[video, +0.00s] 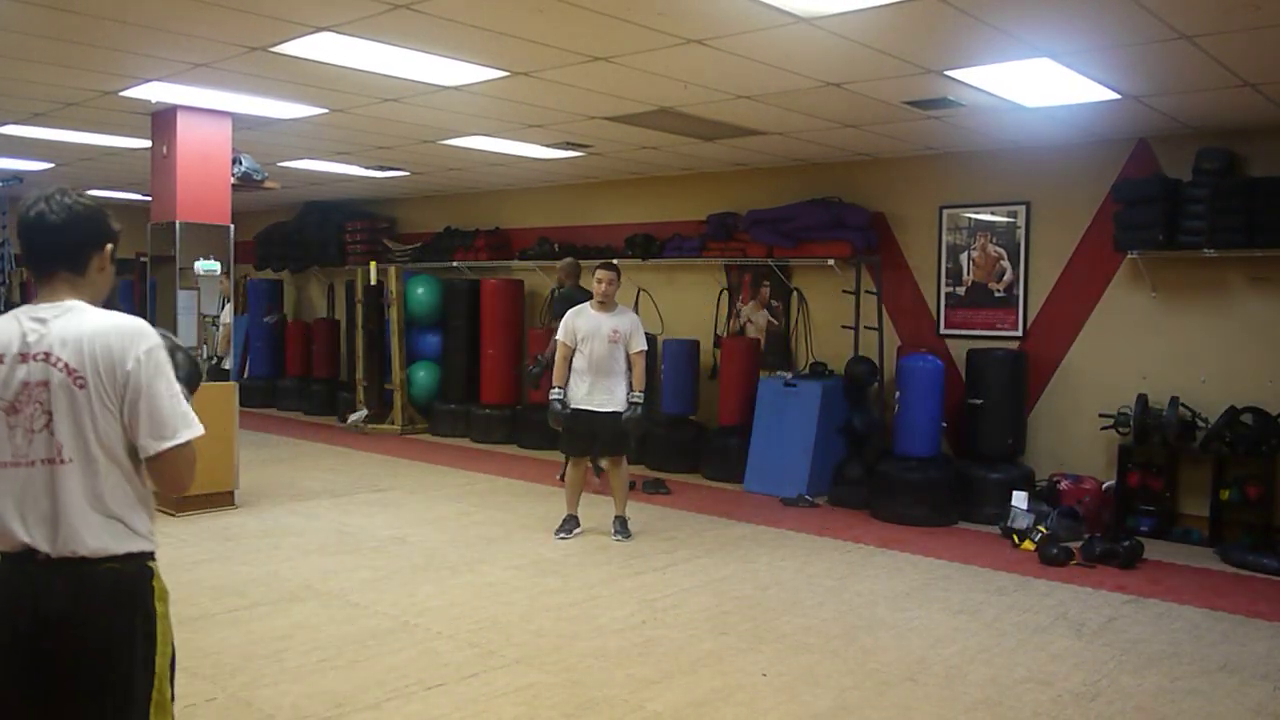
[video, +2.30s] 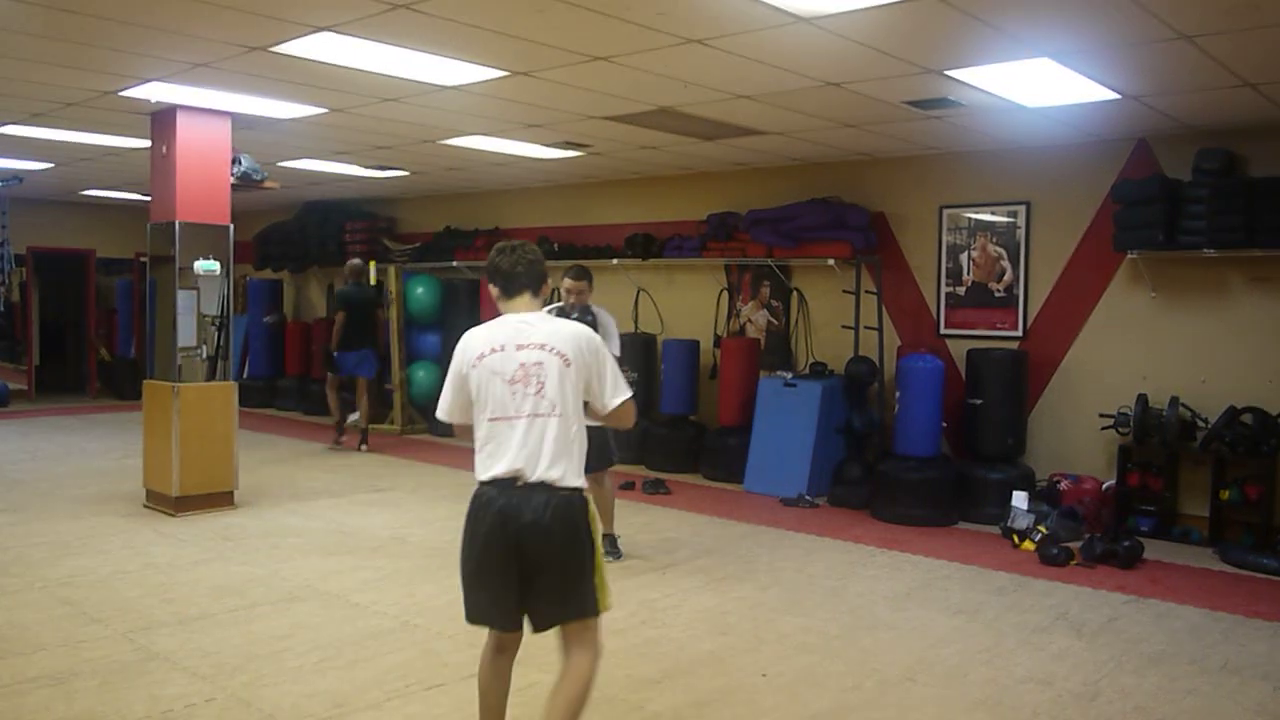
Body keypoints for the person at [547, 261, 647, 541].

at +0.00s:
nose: (604, 287)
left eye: (610, 283)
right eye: (599, 281)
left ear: (618, 286)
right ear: (592, 283)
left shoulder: (629, 319)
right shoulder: (573, 316)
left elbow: (638, 361)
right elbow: (561, 357)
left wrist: (637, 400)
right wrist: (557, 394)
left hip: (615, 406)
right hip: (578, 405)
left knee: (617, 462)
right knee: (576, 461)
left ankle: (620, 518)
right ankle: (571, 516)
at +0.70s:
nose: (586, 288)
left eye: (593, 284)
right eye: (582, 283)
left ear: (602, 287)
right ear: (576, 285)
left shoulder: (616, 318)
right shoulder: (561, 318)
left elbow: (628, 358)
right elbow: (549, 356)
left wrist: (619, 382)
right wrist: (551, 384)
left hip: (606, 405)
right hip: (570, 404)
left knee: (611, 460)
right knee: (569, 461)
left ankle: (620, 517)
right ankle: (570, 517)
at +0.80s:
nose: (582, 291)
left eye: (588, 286)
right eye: (578, 285)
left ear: (598, 288)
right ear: (572, 286)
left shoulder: (612, 317)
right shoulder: (558, 317)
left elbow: (623, 360)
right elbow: (546, 357)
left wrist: (607, 362)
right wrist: (557, 361)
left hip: (604, 404)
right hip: (567, 404)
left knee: (611, 460)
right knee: (569, 461)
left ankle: (620, 517)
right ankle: (571, 517)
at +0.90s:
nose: (579, 294)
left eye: (585, 288)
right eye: (574, 288)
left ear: (595, 288)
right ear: (568, 287)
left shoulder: (608, 316)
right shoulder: (555, 316)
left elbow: (611, 358)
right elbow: (547, 357)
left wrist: (597, 334)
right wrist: (558, 333)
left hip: (602, 401)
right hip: (565, 402)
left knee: (611, 458)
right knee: (568, 461)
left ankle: (620, 516)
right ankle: (570, 517)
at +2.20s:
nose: (581, 298)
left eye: (588, 293)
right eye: (576, 292)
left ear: (600, 291)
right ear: (568, 287)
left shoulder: (611, 318)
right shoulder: (554, 313)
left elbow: (616, 366)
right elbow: (539, 353)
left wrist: (598, 335)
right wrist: (555, 327)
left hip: (596, 400)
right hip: (557, 400)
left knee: (602, 471)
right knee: (553, 468)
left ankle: (609, 534)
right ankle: (551, 536)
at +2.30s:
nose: (574, 299)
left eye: (580, 293)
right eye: (568, 292)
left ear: (591, 292)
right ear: (559, 289)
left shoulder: (603, 321)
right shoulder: (545, 318)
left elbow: (611, 366)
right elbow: (534, 359)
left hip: (591, 407)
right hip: (553, 408)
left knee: (598, 475)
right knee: (554, 475)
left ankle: (608, 534)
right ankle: (556, 541)